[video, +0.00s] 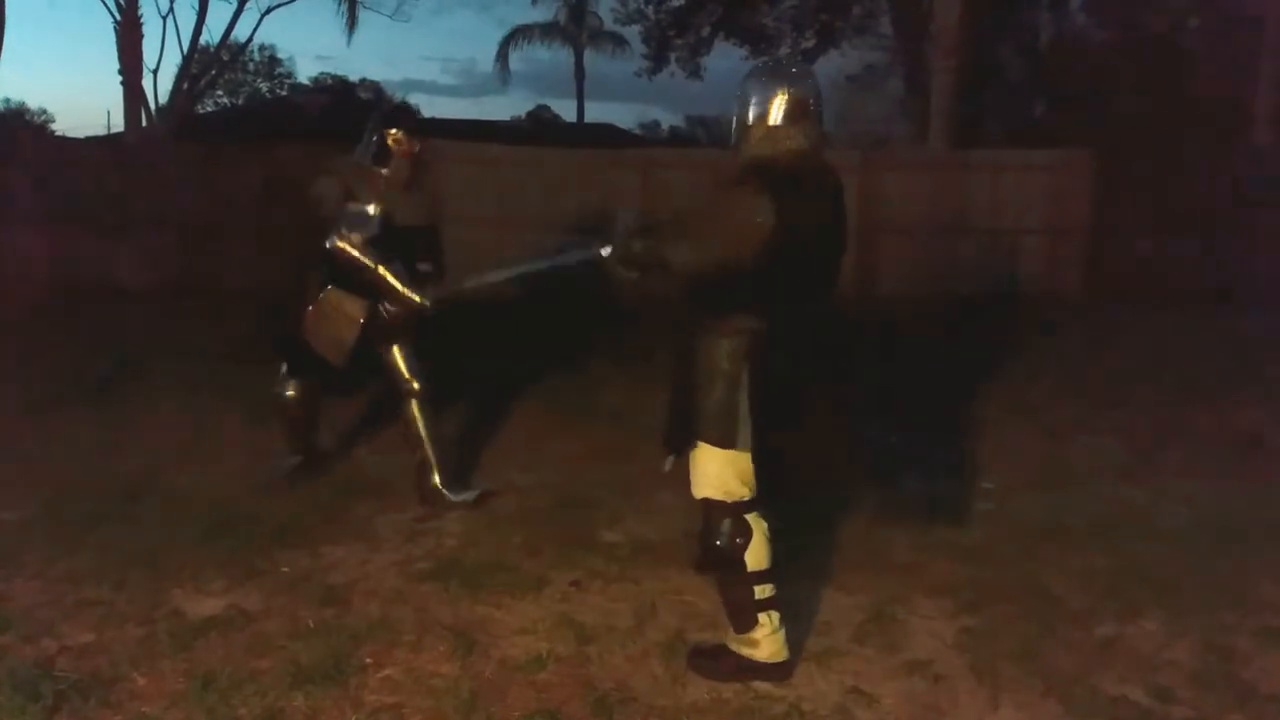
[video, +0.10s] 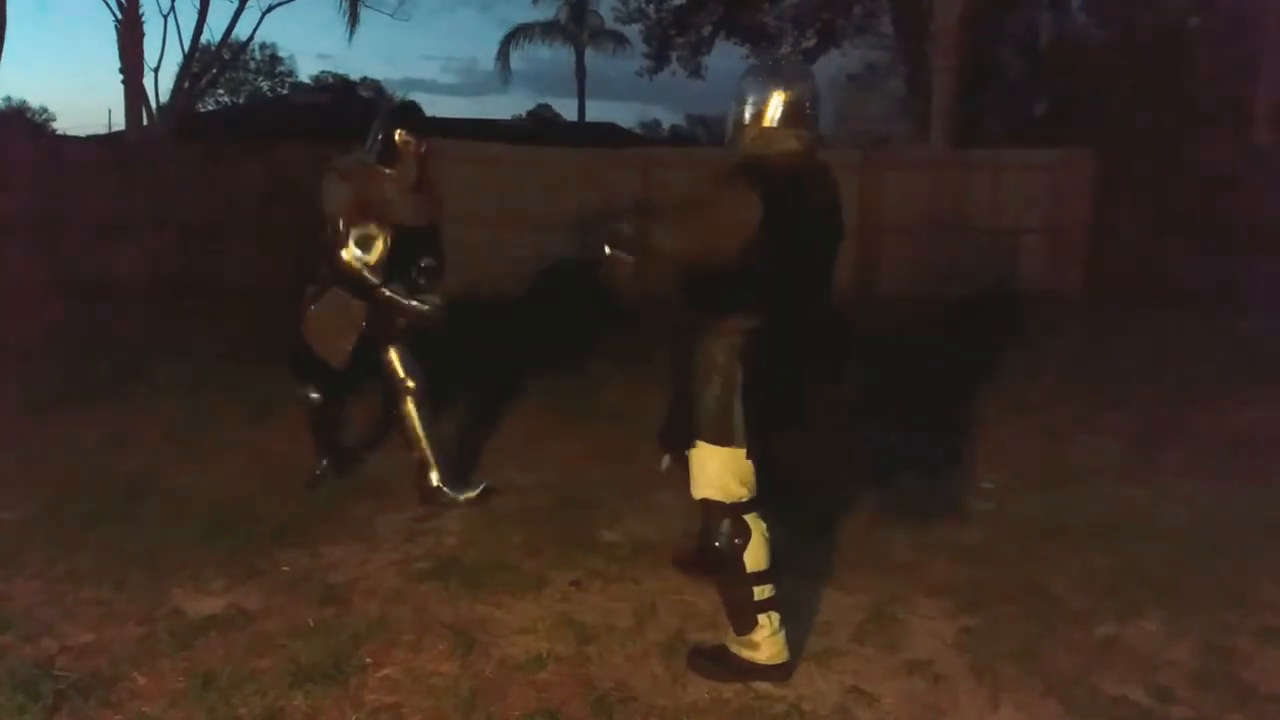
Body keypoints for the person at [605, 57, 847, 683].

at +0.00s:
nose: (750, 135)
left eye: (754, 123)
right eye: (757, 124)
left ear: (756, 125)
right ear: (806, 124)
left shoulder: (762, 189)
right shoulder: (816, 186)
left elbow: (722, 262)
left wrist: (656, 260)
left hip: (746, 348)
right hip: (781, 342)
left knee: (729, 490)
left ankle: (761, 643)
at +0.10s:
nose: (742, 138)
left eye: (747, 127)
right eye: (750, 128)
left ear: (754, 128)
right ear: (802, 128)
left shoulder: (757, 186)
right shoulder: (813, 186)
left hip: (749, 352)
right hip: (790, 344)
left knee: (728, 495)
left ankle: (761, 644)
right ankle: (724, 543)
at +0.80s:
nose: (749, 145)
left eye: (758, 135)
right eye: (758, 136)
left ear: (771, 137)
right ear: (809, 142)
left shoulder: (776, 198)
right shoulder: (799, 195)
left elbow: (712, 252)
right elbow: (721, 235)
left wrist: (645, 214)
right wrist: (657, 205)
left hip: (744, 362)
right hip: (782, 349)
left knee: (717, 509)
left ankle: (777, 658)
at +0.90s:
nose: (740, 146)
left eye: (748, 136)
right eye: (747, 136)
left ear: (762, 139)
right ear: (801, 142)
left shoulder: (767, 202)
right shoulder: (794, 198)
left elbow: (704, 235)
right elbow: (713, 213)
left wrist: (643, 208)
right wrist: (655, 184)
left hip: (738, 366)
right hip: (766, 359)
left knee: (725, 510)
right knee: (744, 494)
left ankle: (775, 655)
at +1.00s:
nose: (736, 143)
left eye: (744, 132)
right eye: (744, 132)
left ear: (755, 134)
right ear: (789, 136)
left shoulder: (757, 193)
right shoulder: (782, 190)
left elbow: (702, 226)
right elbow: (704, 192)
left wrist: (642, 182)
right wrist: (654, 157)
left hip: (738, 343)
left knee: (737, 486)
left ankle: (767, 632)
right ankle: (725, 525)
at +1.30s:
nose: (722, 131)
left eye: (733, 122)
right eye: (728, 122)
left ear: (752, 126)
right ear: (777, 126)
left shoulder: (755, 182)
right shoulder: (777, 175)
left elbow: (694, 207)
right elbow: (693, 164)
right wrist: (639, 122)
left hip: (740, 325)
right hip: (758, 319)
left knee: (687, 446)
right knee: (726, 422)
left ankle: (716, 564)